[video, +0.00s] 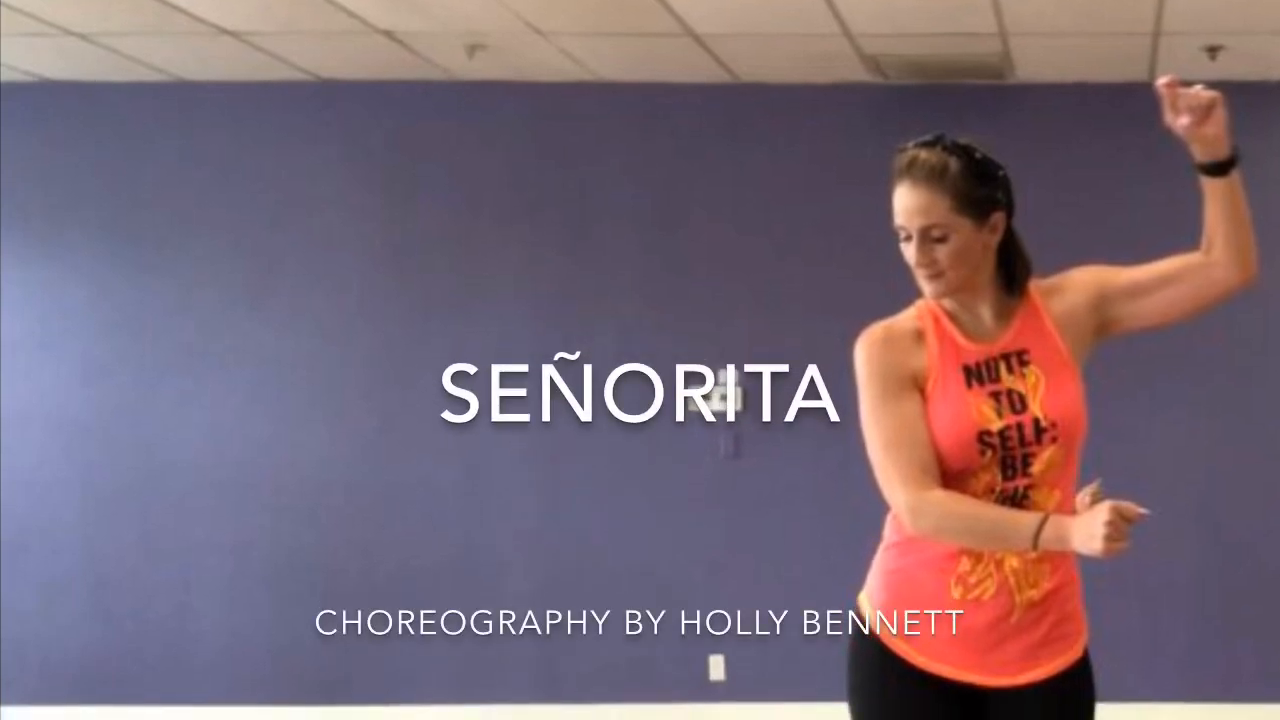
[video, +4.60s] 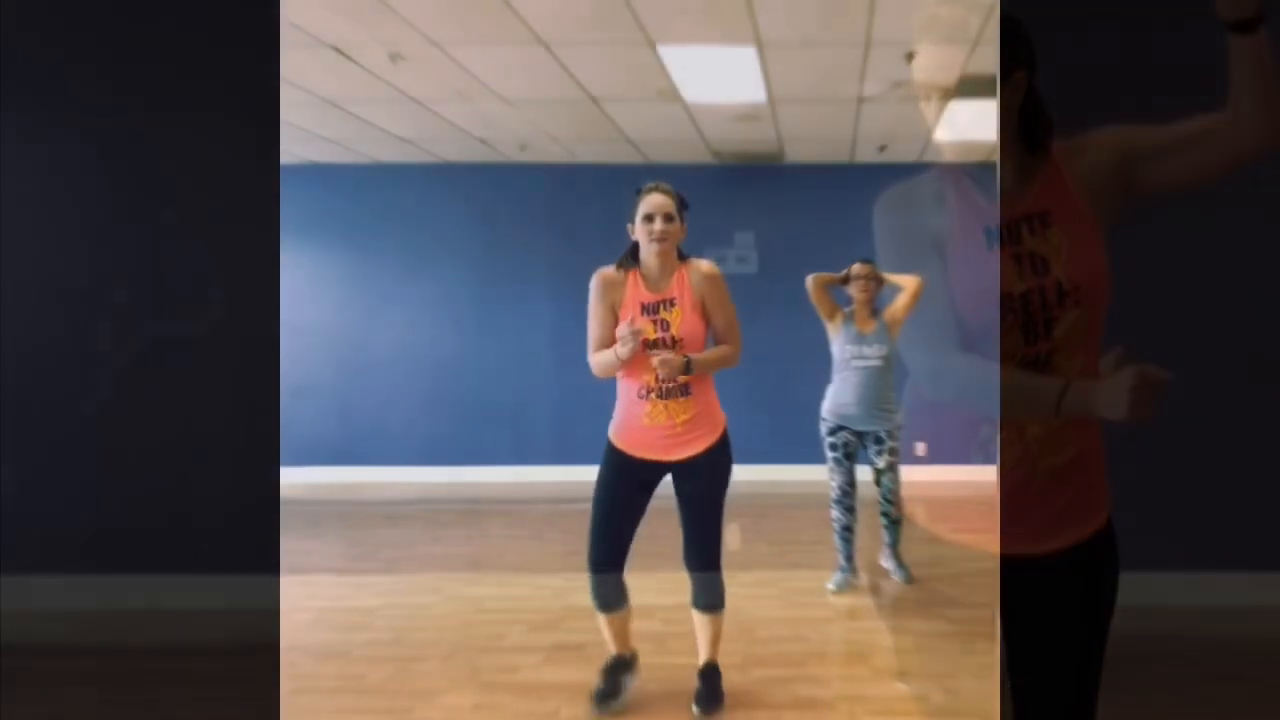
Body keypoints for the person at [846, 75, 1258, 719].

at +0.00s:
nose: (918, 256)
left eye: (937, 235)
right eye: (905, 236)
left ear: (994, 225)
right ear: (894, 233)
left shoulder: (1074, 306)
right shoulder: (890, 349)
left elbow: (1230, 267)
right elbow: (918, 506)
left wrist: (1214, 156)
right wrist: (1064, 531)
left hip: (1041, 662)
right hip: (911, 659)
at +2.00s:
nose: (926, 195)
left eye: (945, 175)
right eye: (913, 177)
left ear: (1003, 164)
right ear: (903, 173)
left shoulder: (1085, 244)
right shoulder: (898, 289)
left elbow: (1241, 206)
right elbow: (925, 447)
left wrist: (1224, 93)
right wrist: (1070, 471)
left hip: (1051, 604)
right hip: (917, 603)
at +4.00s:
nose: (934, 131)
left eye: (952, 110)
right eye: (921, 114)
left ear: (1011, 103)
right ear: (911, 112)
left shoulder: (1093, 183)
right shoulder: (908, 226)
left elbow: (1251, 144)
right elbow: (934, 386)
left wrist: (1237, 33)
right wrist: (1082, 413)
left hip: (1062, 543)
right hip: (938, 544)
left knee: (1058, 712)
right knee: (948, 711)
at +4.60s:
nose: (978, 99)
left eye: (993, 79)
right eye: (959, 81)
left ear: (1021, 82)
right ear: (929, 90)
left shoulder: (1088, 166)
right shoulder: (911, 208)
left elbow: (1249, 129)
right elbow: (934, 370)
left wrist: (1244, 28)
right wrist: (1087, 398)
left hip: (1069, 534)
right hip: (957, 538)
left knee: (1061, 712)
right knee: (957, 712)